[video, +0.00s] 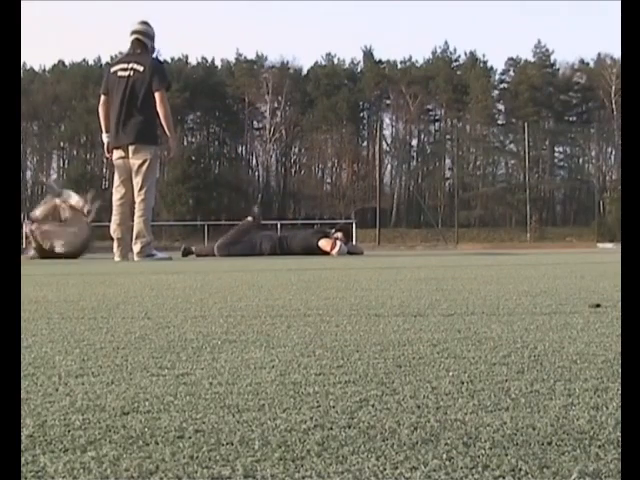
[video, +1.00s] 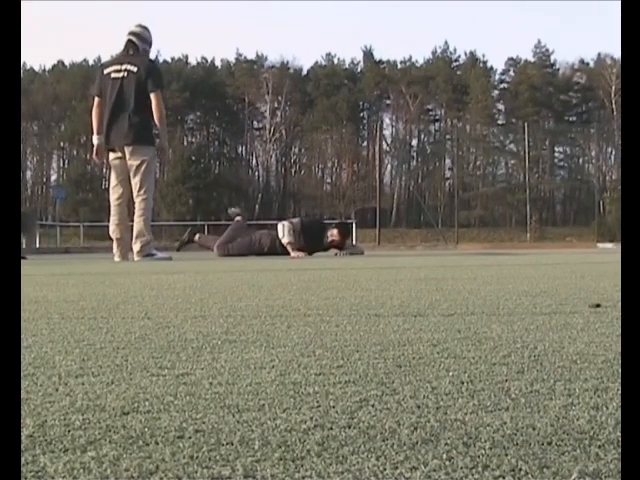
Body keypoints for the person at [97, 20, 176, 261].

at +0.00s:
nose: (150, 47)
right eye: (151, 43)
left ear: (131, 41)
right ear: (150, 42)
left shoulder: (113, 66)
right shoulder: (153, 65)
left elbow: (103, 103)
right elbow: (160, 100)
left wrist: (106, 135)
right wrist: (171, 135)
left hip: (117, 137)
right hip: (144, 137)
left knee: (120, 195)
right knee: (143, 195)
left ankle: (119, 249)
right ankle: (142, 247)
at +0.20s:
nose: (146, 45)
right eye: (148, 40)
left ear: (129, 41)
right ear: (149, 42)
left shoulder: (112, 65)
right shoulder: (154, 66)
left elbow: (99, 103)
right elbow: (161, 103)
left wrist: (101, 134)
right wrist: (171, 137)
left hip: (116, 139)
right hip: (143, 139)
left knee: (119, 196)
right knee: (143, 196)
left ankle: (119, 250)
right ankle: (142, 247)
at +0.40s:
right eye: (144, 40)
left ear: (126, 41)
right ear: (147, 42)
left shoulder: (111, 65)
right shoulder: (155, 67)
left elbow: (96, 101)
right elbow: (163, 106)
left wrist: (93, 133)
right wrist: (169, 139)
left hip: (115, 138)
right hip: (142, 139)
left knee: (118, 196)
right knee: (142, 195)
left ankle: (119, 250)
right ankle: (142, 248)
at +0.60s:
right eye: (142, 40)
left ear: (124, 41)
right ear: (144, 43)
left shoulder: (108, 66)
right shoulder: (153, 67)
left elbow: (96, 102)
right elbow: (162, 108)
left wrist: (92, 134)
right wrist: (168, 139)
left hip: (113, 138)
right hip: (141, 139)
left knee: (117, 197)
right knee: (142, 196)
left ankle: (119, 250)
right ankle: (142, 248)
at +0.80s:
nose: (142, 47)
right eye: (144, 43)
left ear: (124, 42)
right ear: (144, 44)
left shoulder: (106, 66)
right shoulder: (150, 68)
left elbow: (96, 104)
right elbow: (158, 109)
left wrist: (95, 135)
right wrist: (164, 139)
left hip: (112, 139)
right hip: (141, 139)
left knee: (117, 197)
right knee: (142, 196)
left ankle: (119, 250)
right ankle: (142, 248)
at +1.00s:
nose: (148, 50)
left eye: (147, 46)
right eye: (148, 46)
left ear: (127, 41)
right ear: (146, 44)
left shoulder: (106, 66)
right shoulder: (149, 67)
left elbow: (97, 105)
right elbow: (156, 103)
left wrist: (97, 137)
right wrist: (162, 136)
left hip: (113, 138)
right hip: (140, 138)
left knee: (117, 196)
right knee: (143, 195)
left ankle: (119, 250)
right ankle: (142, 248)